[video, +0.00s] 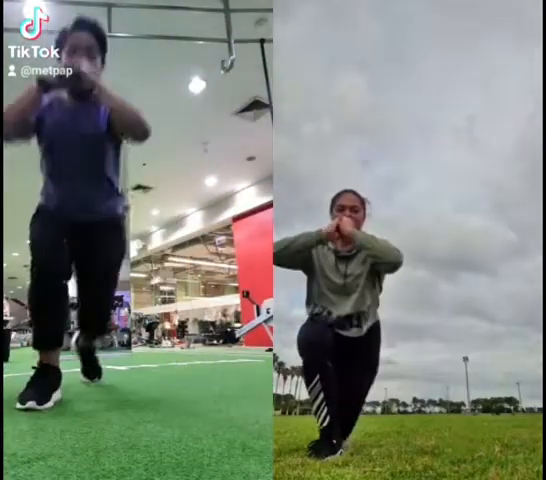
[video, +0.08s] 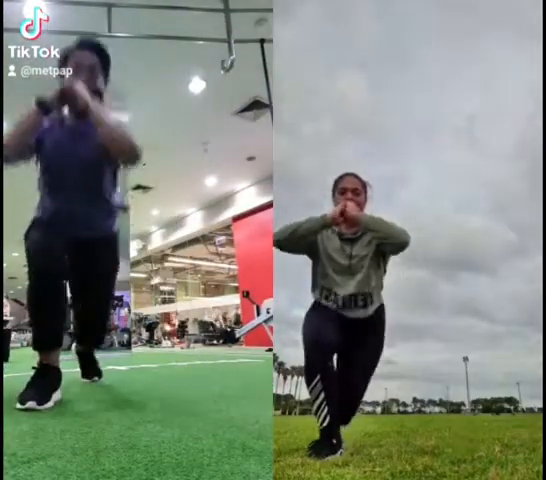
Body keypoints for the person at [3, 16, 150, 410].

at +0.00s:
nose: (80, 60)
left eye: (89, 54)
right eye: (72, 52)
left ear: (101, 62)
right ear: (59, 57)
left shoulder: (108, 107)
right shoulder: (46, 105)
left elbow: (141, 131)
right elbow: (7, 128)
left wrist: (98, 89)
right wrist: (39, 86)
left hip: (104, 215)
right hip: (55, 213)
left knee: (100, 297)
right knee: (45, 280)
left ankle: (87, 344)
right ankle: (47, 369)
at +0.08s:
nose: (79, 79)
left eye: (88, 72)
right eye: (72, 71)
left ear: (103, 79)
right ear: (61, 75)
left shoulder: (110, 119)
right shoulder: (48, 121)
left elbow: (129, 154)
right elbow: (10, 152)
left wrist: (91, 109)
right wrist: (43, 108)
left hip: (98, 227)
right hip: (51, 223)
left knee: (96, 305)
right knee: (43, 277)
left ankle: (86, 348)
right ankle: (48, 368)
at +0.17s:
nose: (88, 99)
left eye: (97, 92)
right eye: (81, 90)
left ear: (108, 100)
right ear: (67, 92)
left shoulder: (114, 140)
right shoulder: (48, 136)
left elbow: (122, 178)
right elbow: (9, 172)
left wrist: (88, 130)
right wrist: (46, 126)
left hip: (93, 242)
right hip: (47, 236)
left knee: (95, 324)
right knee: (44, 275)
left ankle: (90, 355)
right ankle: (47, 369)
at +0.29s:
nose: (92, 115)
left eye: (101, 109)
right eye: (84, 107)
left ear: (112, 119)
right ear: (69, 112)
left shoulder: (115, 162)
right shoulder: (44, 152)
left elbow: (121, 208)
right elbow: (10, 196)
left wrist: (87, 154)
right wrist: (48, 148)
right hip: (45, 247)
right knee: (43, 267)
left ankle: (92, 361)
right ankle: (48, 370)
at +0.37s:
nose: (90, 114)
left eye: (100, 108)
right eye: (82, 106)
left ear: (110, 118)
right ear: (66, 112)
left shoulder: (115, 164)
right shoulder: (42, 154)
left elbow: (124, 211)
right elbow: (10, 198)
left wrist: (89, 157)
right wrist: (48, 151)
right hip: (46, 248)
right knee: (41, 265)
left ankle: (91, 359)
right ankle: (47, 370)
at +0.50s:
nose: (86, 101)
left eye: (95, 94)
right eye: (79, 93)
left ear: (106, 104)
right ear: (65, 99)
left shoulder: (115, 146)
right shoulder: (45, 141)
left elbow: (129, 184)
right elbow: (10, 178)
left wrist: (93, 135)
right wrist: (46, 133)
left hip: (98, 247)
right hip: (51, 240)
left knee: (96, 348)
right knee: (45, 268)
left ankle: (92, 362)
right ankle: (48, 369)